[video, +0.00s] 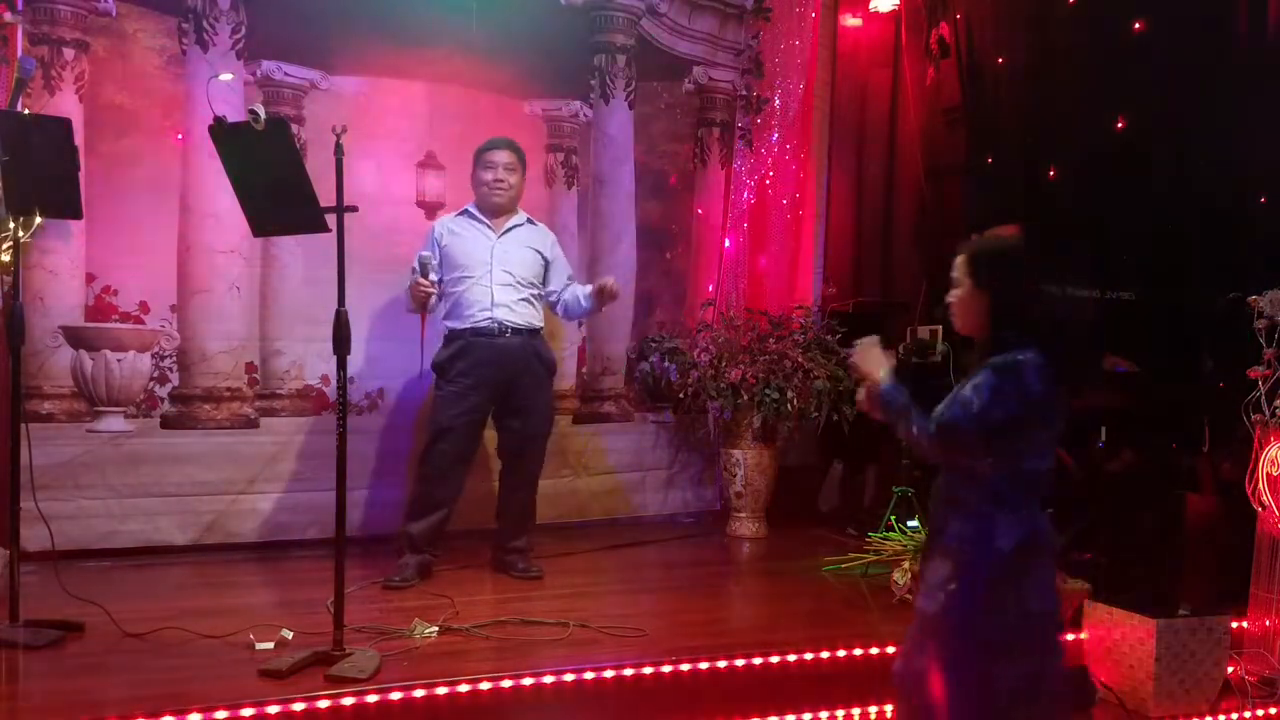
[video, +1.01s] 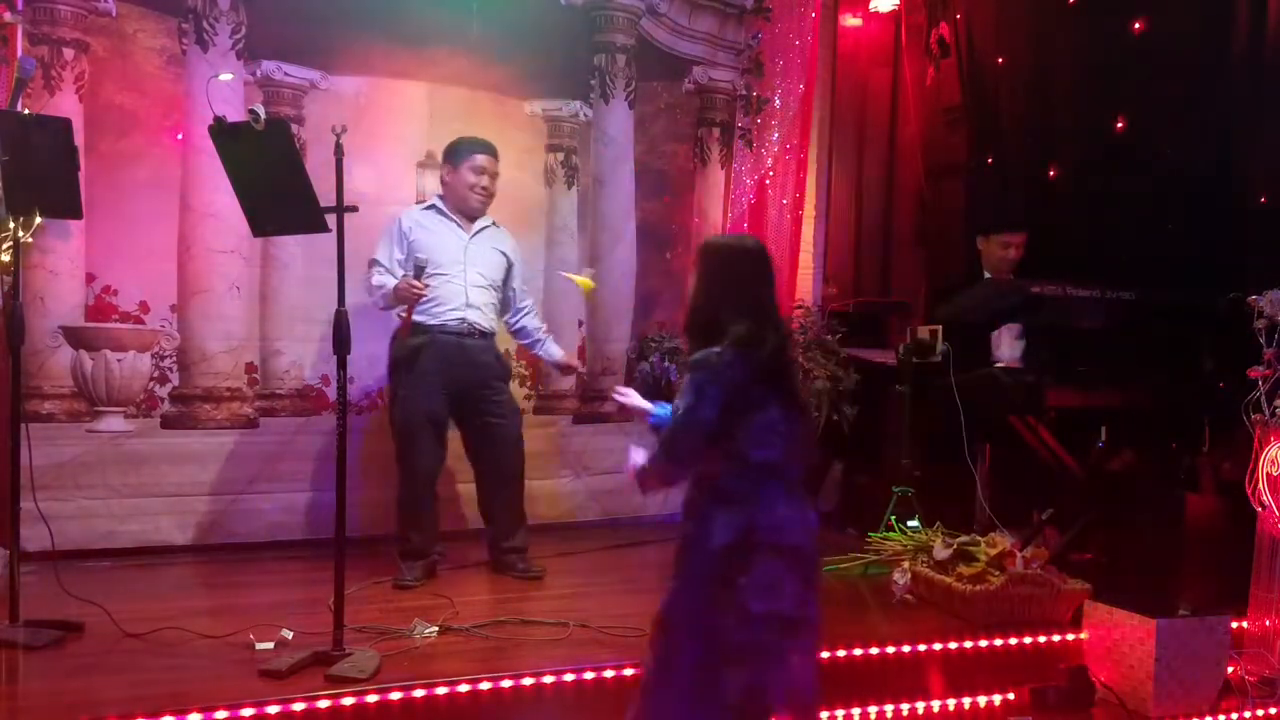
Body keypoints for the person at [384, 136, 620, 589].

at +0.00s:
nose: (498, 176)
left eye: (509, 169)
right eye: (488, 168)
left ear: (523, 181)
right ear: (473, 176)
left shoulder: (541, 236)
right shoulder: (445, 229)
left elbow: (564, 299)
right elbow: (419, 294)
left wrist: (593, 294)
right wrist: (418, 293)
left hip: (527, 353)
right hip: (467, 352)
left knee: (524, 456)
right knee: (446, 448)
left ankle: (513, 549)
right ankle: (417, 552)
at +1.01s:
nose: (487, 183)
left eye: (493, 177)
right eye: (478, 172)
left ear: (497, 184)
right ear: (448, 174)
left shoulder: (501, 241)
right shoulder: (410, 222)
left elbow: (519, 312)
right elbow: (377, 284)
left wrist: (555, 354)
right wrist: (394, 292)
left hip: (482, 354)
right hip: (424, 352)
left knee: (504, 448)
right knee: (419, 455)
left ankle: (509, 550)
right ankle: (417, 557)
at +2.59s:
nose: (526, 169)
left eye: (537, 161)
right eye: (517, 160)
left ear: (556, 172)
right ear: (503, 169)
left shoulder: (575, 227)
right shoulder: (480, 224)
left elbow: (594, 295)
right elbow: (458, 291)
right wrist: (457, 289)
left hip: (551, 356)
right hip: (490, 356)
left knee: (553, 468)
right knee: (475, 462)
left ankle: (547, 561)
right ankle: (463, 559)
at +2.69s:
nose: (526, 169)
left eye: (537, 161)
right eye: (517, 160)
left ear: (556, 172)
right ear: (504, 168)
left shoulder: (575, 229)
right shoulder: (479, 224)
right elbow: (454, 296)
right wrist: (454, 286)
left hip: (548, 356)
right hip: (487, 355)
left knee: (550, 469)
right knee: (471, 462)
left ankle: (547, 562)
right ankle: (462, 558)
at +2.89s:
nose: (525, 169)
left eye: (536, 162)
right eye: (516, 160)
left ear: (552, 173)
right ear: (500, 168)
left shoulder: (571, 231)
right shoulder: (471, 223)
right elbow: (446, 295)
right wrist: (447, 286)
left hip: (544, 355)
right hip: (480, 354)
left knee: (548, 466)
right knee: (463, 459)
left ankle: (545, 560)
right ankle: (458, 556)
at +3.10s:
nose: (518, 170)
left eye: (529, 163)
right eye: (508, 160)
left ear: (541, 174)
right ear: (488, 168)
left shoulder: (560, 232)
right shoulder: (459, 224)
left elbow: (581, 299)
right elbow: (429, 294)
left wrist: (566, 308)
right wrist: (438, 290)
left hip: (532, 352)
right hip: (470, 352)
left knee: (540, 458)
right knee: (453, 458)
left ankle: (552, 555)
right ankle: (444, 554)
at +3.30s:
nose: (504, 175)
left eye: (513, 168)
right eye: (493, 166)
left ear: (524, 179)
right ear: (471, 174)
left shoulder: (544, 236)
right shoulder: (443, 229)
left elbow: (567, 297)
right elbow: (413, 298)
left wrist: (554, 310)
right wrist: (426, 298)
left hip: (522, 356)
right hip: (459, 354)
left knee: (536, 453)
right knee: (446, 457)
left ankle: (549, 548)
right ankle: (440, 554)